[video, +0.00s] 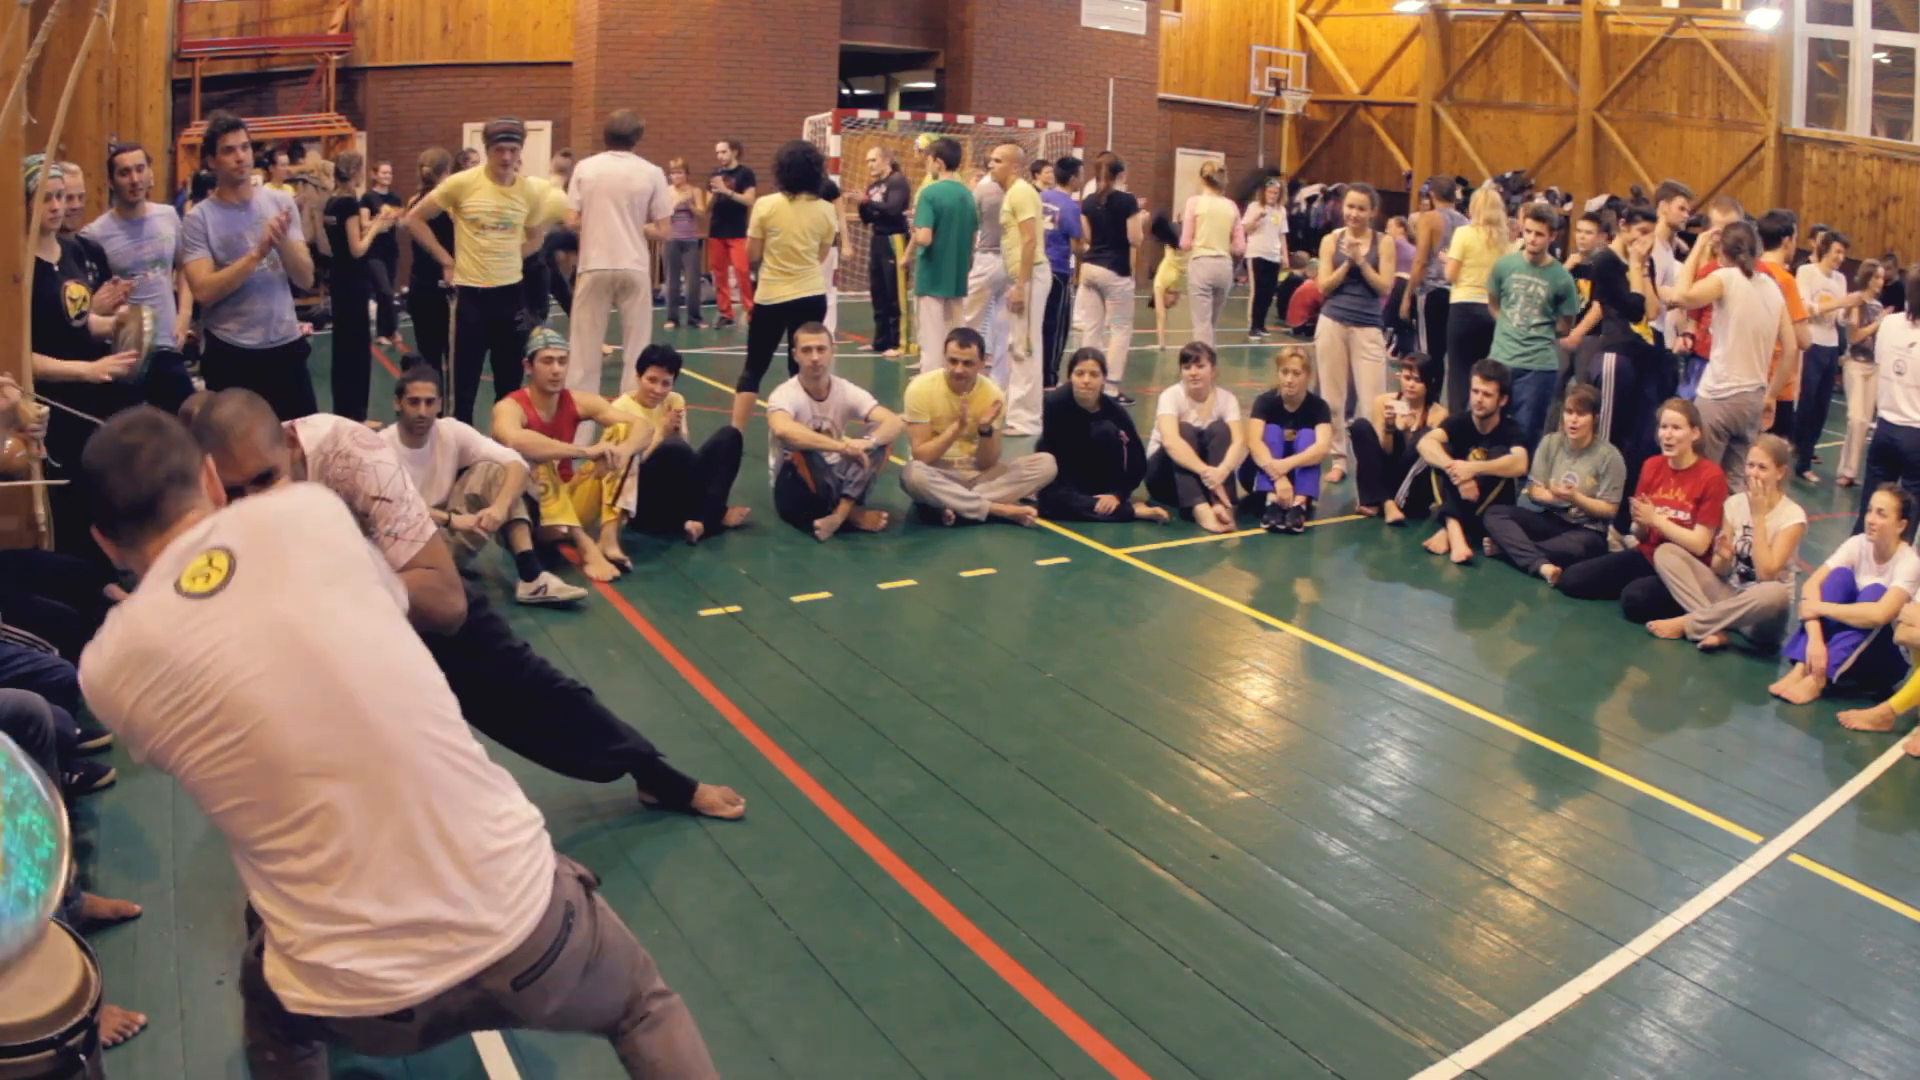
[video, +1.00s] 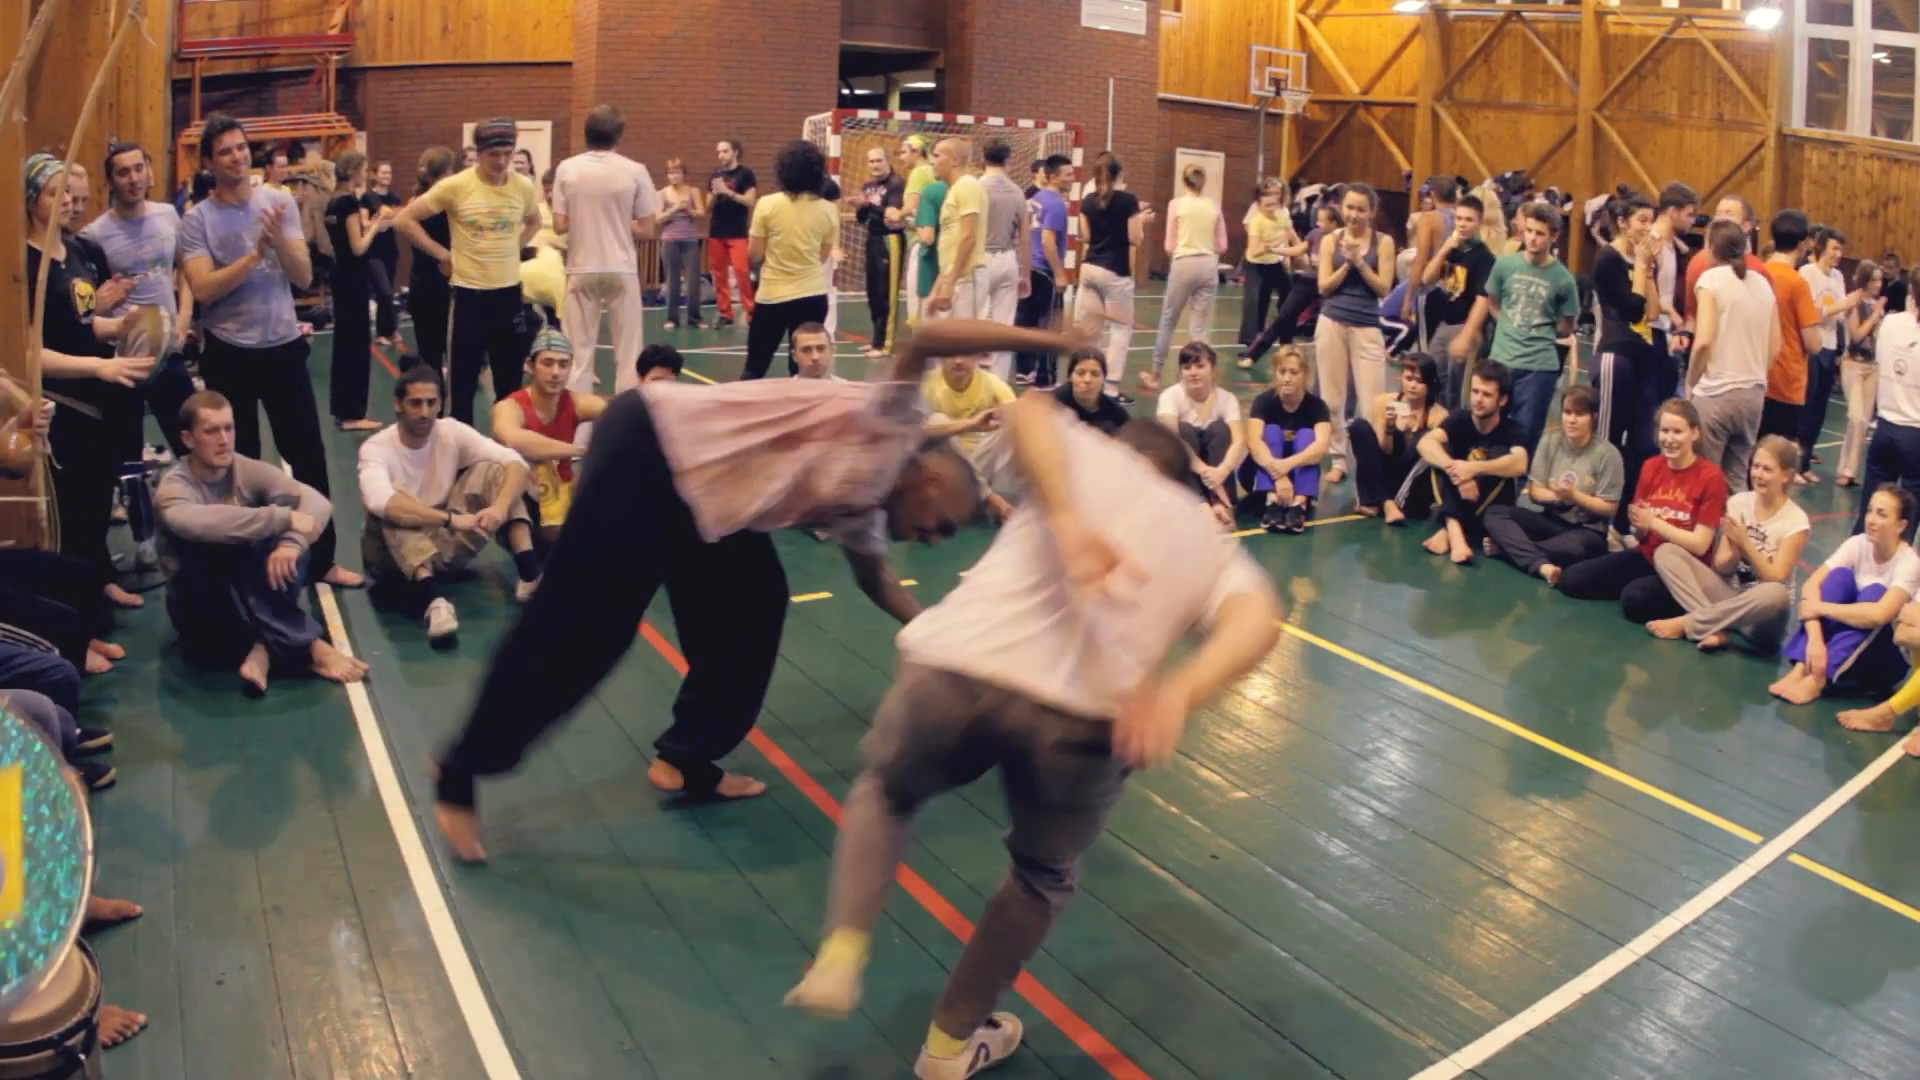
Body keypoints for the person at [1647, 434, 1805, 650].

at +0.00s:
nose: (1754, 473)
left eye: (1763, 468)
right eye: (1751, 465)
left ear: (1781, 473)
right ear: (1744, 467)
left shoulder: (1792, 516)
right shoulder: (1734, 504)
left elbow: (1767, 573)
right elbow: (1719, 570)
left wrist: (1758, 516)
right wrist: (1724, 557)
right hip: (1726, 596)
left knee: (1773, 593)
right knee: (1665, 552)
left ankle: (1686, 624)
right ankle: (1711, 629)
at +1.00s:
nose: (1758, 474)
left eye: (1767, 469)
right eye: (1755, 466)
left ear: (1787, 476)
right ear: (1750, 466)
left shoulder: (1796, 521)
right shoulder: (1738, 502)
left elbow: (1775, 577)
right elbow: (1720, 567)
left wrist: (1744, 543)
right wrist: (1735, 551)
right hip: (1728, 596)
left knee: (1774, 593)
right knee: (1666, 552)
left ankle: (1686, 624)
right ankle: (1711, 629)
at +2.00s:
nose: (1757, 469)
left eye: (1766, 464)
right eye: (1756, 462)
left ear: (1787, 471)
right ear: (1753, 461)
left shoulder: (1797, 516)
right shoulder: (1739, 499)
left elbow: (1777, 574)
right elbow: (1720, 566)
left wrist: (1741, 538)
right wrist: (1730, 539)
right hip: (1728, 590)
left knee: (1774, 592)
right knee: (1685, 566)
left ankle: (1695, 622)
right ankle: (1709, 631)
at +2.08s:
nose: (1757, 469)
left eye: (1766, 464)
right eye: (1757, 462)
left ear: (1786, 471)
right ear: (1752, 461)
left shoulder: (1797, 517)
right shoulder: (1740, 499)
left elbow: (1777, 574)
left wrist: (1740, 538)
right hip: (1725, 581)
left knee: (1773, 592)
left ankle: (1706, 618)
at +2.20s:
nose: (1759, 471)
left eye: (1766, 465)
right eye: (1758, 463)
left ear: (1786, 471)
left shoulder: (1796, 515)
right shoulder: (1743, 499)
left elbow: (1780, 573)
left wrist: (1747, 549)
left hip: (1759, 584)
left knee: (1774, 591)